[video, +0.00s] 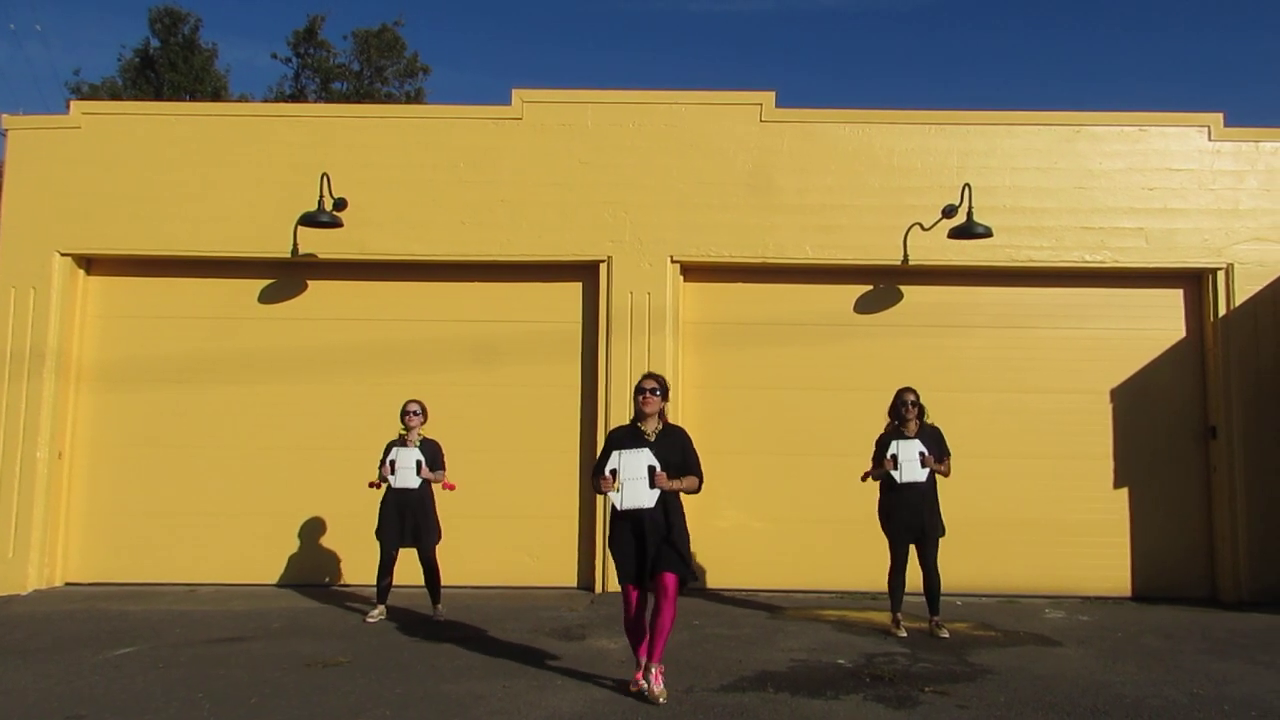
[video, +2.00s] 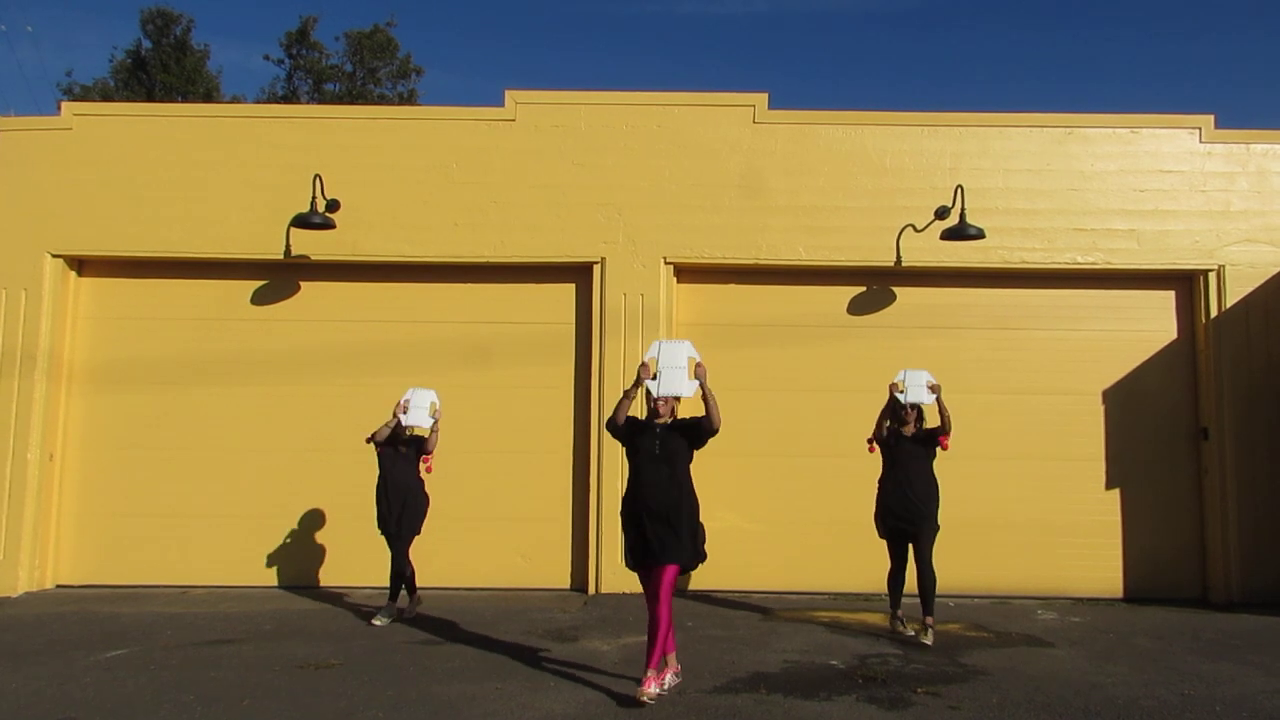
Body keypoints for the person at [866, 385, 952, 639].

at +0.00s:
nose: (909, 408)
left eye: (913, 404)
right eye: (903, 404)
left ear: (919, 407)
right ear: (896, 408)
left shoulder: (932, 434)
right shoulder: (886, 439)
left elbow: (946, 471)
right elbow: (874, 475)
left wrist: (933, 465)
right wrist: (885, 469)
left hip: (926, 511)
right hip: (896, 512)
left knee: (930, 565)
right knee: (898, 563)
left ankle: (935, 619)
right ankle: (896, 618)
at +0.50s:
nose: (908, 413)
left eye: (912, 409)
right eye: (903, 409)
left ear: (918, 413)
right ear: (895, 414)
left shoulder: (927, 444)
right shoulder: (885, 441)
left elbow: (938, 483)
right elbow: (863, 475)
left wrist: (937, 470)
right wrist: (891, 467)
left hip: (923, 514)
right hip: (893, 513)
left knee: (928, 569)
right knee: (898, 567)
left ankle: (931, 621)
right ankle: (894, 621)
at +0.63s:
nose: (906, 401)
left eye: (910, 396)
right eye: (900, 398)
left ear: (916, 400)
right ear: (892, 402)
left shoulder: (924, 427)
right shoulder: (885, 424)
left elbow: (950, 464)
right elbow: (878, 443)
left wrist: (953, 440)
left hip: (919, 501)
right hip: (890, 501)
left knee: (920, 559)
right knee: (893, 558)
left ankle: (927, 615)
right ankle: (891, 616)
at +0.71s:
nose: (904, 402)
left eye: (909, 398)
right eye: (899, 398)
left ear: (915, 403)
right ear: (888, 402)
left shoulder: (921, 431)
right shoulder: (881, 425)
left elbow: (960, 448)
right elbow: (893, 420)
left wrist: (965, 418)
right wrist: (922, 404)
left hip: (919, 502)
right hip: (889, 501)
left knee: (917, 559)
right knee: (893, 559)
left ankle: (921, 614)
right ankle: (892, 614)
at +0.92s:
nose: (909, 401)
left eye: (912, 398)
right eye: (904, 397)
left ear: (917, 403)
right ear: (895, 403)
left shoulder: (924, 428)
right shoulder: (886, 425)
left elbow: (959, 410)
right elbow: (892, 395)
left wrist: (962, 377)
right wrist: (922, 364)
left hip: (919, 503)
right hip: (889, 502)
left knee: (917, 560)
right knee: (892, 559)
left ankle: (921, 615)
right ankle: (891, 613)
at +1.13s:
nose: (908, 411)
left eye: (912, 408)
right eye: (903, 408)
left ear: (919, 411)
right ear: (895, 412)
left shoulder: (928, 432)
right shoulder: (887, 432)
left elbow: (935, 398)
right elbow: (874, 405)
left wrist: (921, 362)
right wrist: (876, 369)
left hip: (916, 504)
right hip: (886, 504)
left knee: (923, 564)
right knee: (892, 562)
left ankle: (931, 621)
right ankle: (891, 618)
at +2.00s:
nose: (908, 412)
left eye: (912, 408)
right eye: (904, 408)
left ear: (919, 411)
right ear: (897, 412)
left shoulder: (928, 436)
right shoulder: (889, 437)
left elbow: (946, 429)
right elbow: (879, 431)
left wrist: (938, 398)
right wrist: (890, 400)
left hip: (924, 508)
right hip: (894, 508)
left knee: (924, 563)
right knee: (898, 564)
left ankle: (928, 621)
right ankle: (895, 615)